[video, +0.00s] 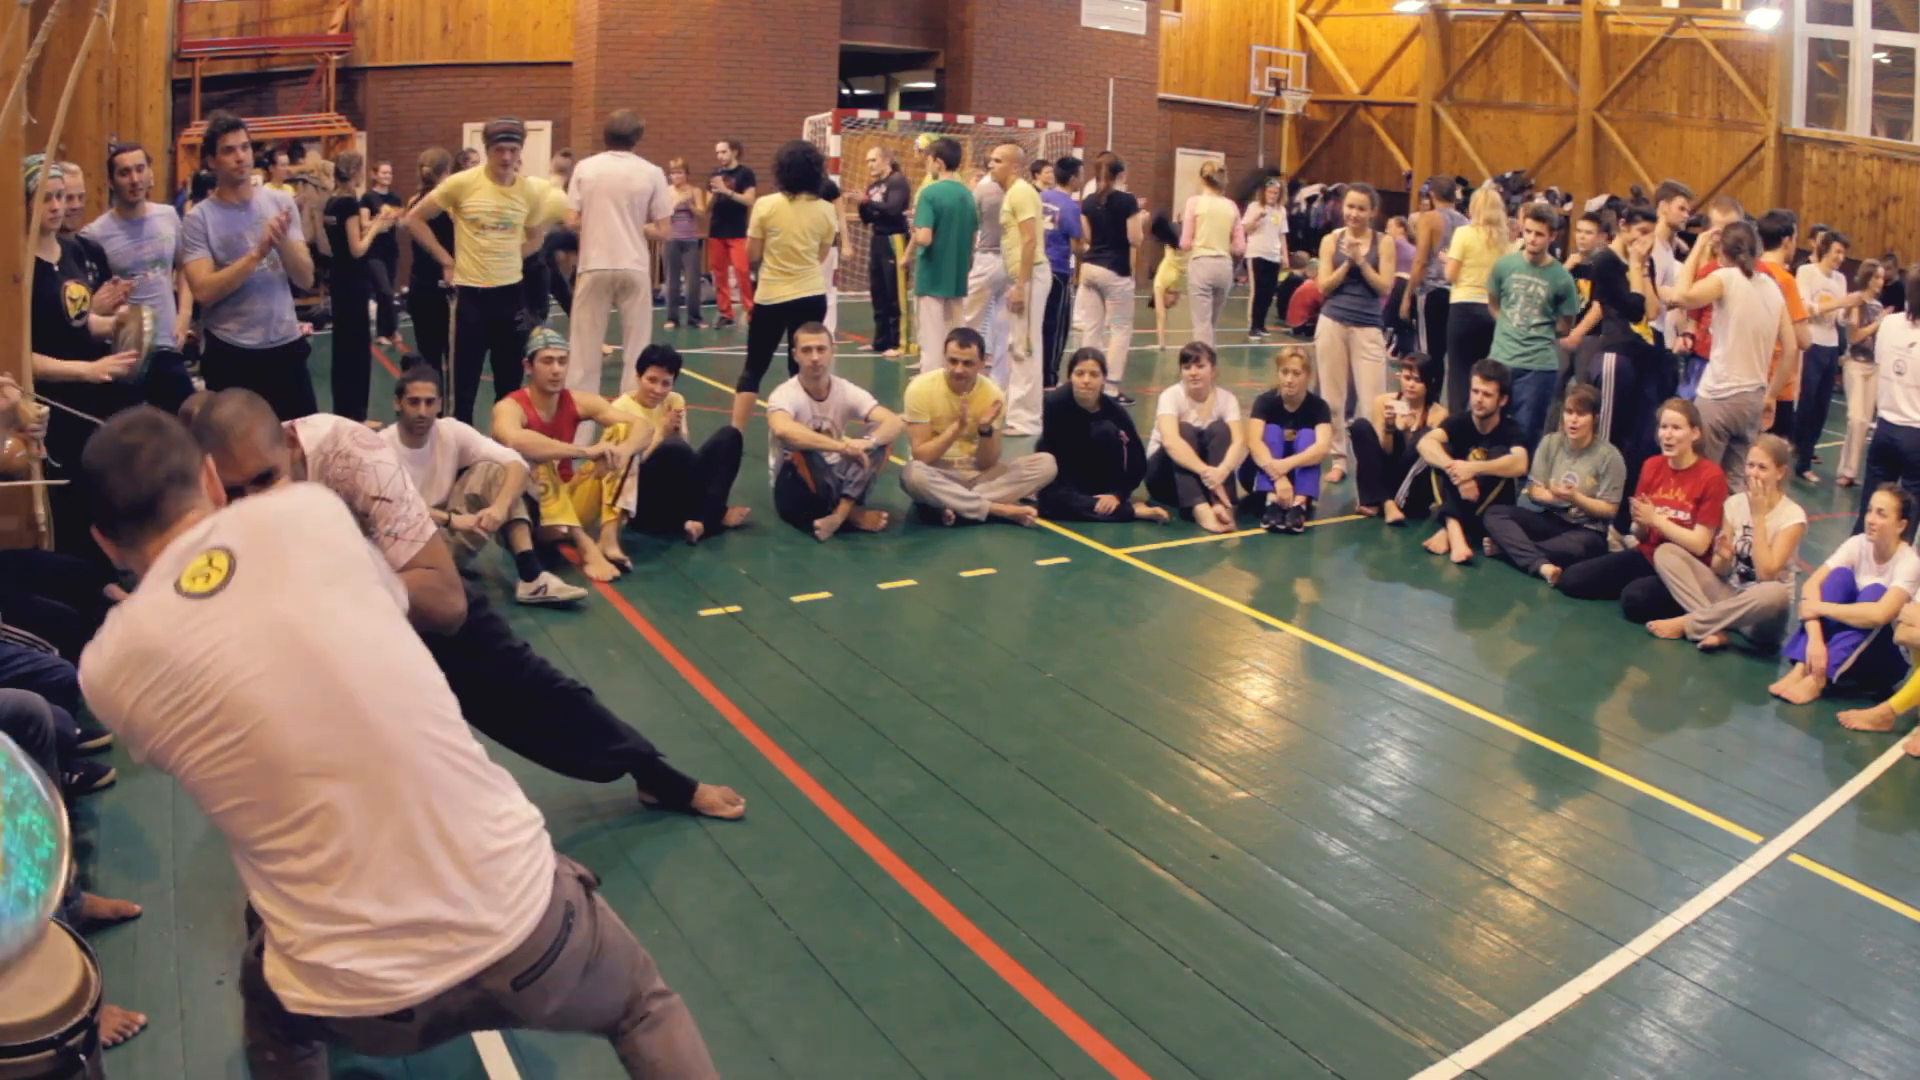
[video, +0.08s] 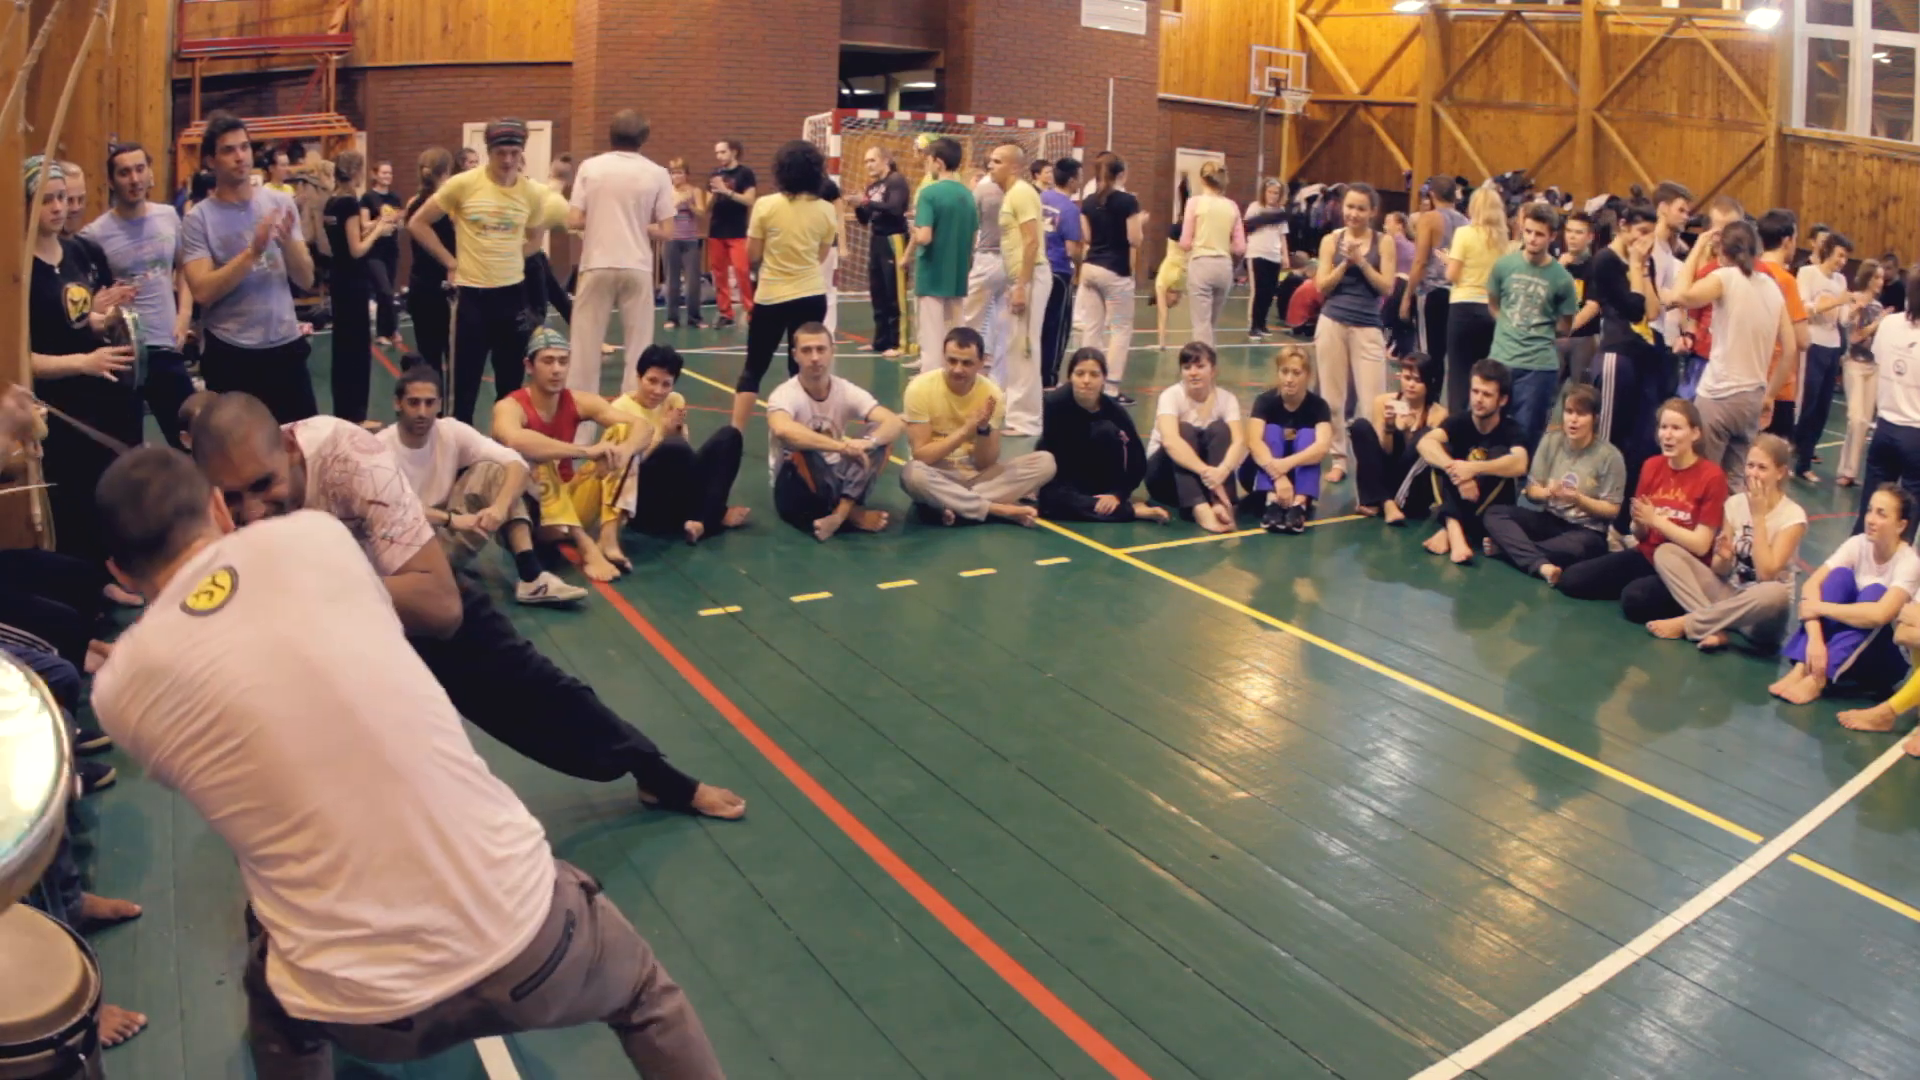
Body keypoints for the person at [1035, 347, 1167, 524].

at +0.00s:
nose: (1086, 381)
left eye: (1094, 375)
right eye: (1080, 374)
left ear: (1103, 379)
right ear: (1070, 377)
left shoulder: (1114, 411)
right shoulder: (1053, 406)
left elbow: (1138, 462)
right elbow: (1046, 451)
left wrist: (1117, 495)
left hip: (1104, 482)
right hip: (1068, 482)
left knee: (1105, 431)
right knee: (1050, 503)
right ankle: (1130, 512)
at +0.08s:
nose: (1086, 381)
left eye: (1094, 375)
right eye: (1080, 374)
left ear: (1103, 379)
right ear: (1070, 377)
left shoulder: (1114, 411)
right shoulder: (1053, 406)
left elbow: (1138, 461)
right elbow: (1045, 453)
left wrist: (1117, 495)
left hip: (1104, 482)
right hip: (1067, 482)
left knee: (1106, 431)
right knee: (1051, 503)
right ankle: (1130, 512)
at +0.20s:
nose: (1086, 381)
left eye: (1094, 375)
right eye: (1080, 374)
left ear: (1103, 379)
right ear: (1070, 377)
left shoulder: (1114, 410)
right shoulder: (1053, 406)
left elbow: (1138, 461)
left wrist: (1117, 495)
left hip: (1103, 482)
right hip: (1066, 482)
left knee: (1105, 431)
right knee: (1052, 504)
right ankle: (1130, 512)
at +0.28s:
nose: (1087, 381)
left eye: (1094, 375)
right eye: (1080, 374)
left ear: (1103, 379)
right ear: (1070, 377)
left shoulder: (1114, 410)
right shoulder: (1052, 406)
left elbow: (1139, 461)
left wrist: (1117, 495)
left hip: (1104, 484)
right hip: (1066, 483)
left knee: (1105, 430)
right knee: (1053, 504)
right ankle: (1130, 512)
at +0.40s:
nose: (1087, 380)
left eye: (1094, 375)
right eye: (1080, 374)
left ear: (1103, 379)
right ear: (1070, 377)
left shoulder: (1114, 411)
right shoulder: (1050, 406)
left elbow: (1138, 461)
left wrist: (1117, 495)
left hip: (1104, 483)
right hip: (1064, 483)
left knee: (1106, 431)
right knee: (1053, 504)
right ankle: (1129, 512)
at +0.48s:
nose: (1087, 381)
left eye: (1094, 375)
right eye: (1080, 374)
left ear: (1103, 379)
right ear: (1070, 377)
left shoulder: (1114, 411)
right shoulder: (1050, 406)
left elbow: (1138, 462)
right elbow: (1042, 457)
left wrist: (1117, 495)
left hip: (1104, 483)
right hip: (1064, 483)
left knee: (1106, 431)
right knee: (1054, 502)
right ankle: (1130, 512)